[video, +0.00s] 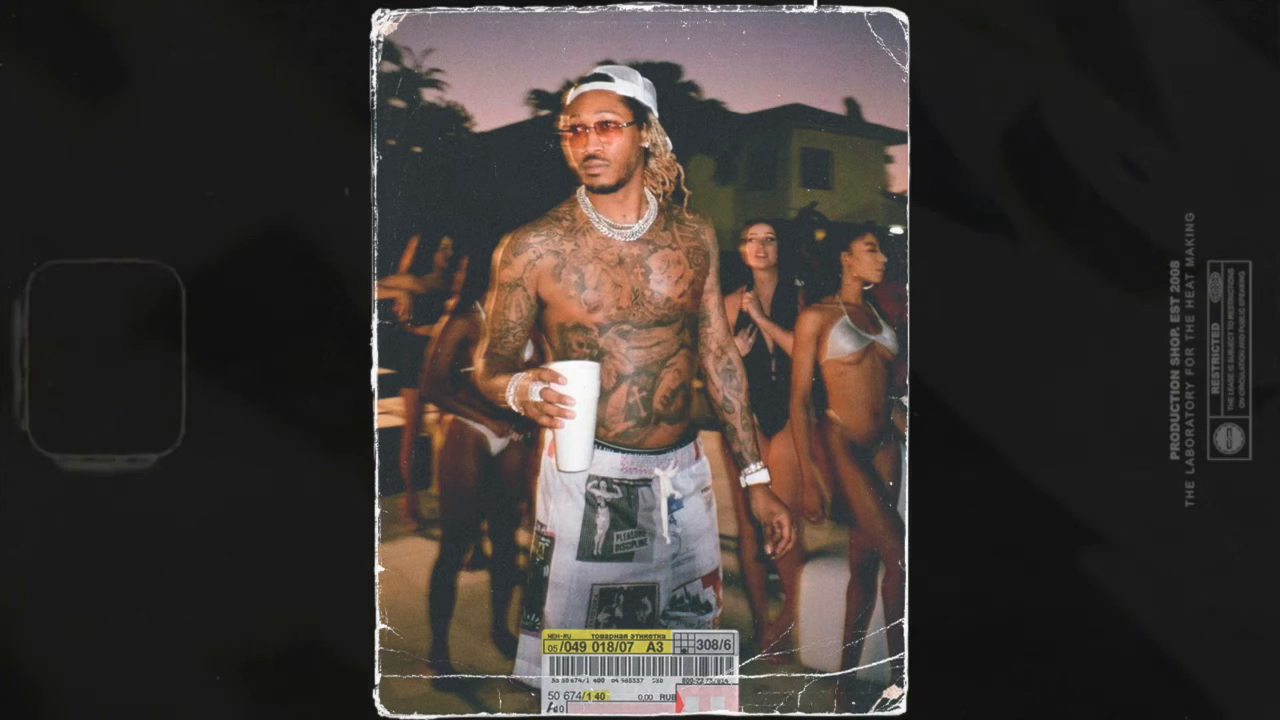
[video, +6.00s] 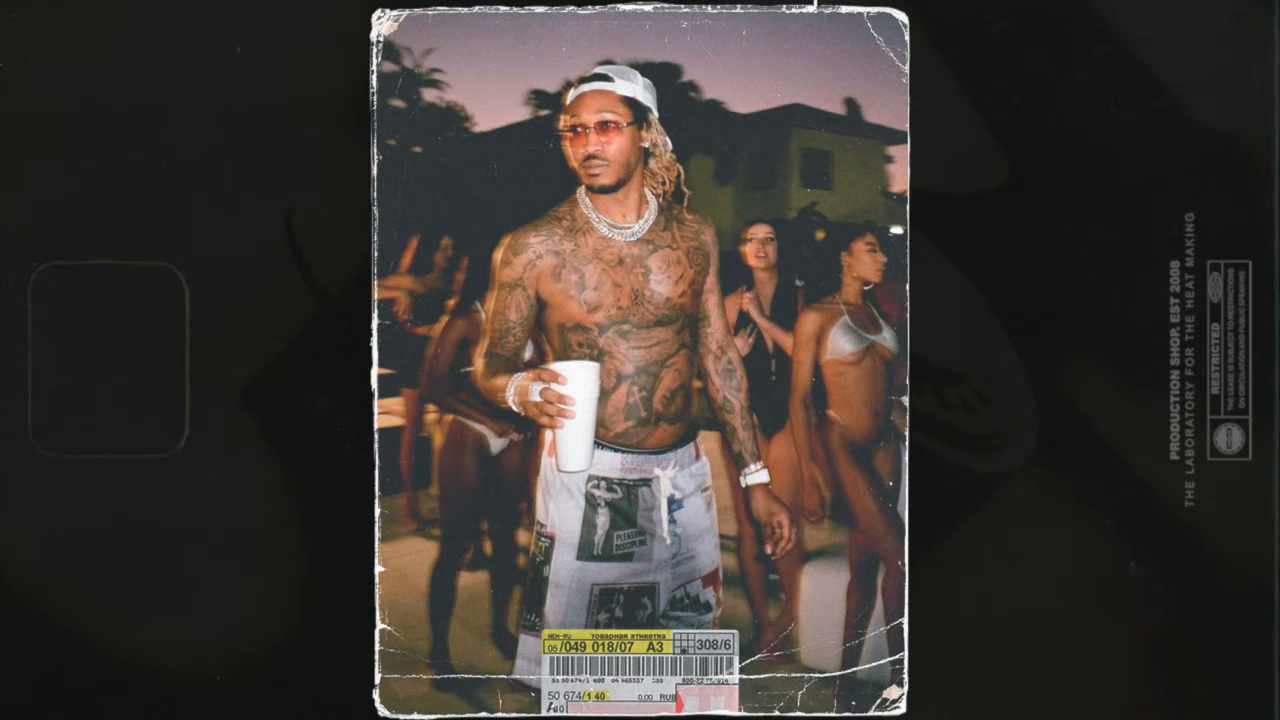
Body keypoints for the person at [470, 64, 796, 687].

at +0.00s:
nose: (590, 143)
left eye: (608, 126)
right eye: (576, 130)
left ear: (646, 139)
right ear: (565, 144)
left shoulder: (694, 237)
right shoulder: (532, 248)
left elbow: (720, 359)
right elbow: (492, 365)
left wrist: (756, 481)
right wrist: (516, 389)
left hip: (681, 477)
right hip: (583, 482)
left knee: (688, 663)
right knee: (574, 668)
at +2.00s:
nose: (590, 143)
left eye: (608, 126)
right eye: (576, 130)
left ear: (646, 138)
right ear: (565, 144)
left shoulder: (693, 235)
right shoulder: (532, 248)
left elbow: (720, 359)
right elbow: (491, 365)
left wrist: (756, 482)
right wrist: (516, 389)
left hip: (681, 477)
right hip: (582, 481)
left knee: (689, 664)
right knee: (574, 669)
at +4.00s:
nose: (589, 143)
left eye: (608, 126)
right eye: (576, 130)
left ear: (646, 138)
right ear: (565, 144)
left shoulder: (693, 235)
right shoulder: (532, 248)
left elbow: (720, 359)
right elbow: (491, 366)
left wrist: (756, 482)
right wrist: (516, 389)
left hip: (681, 477)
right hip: (583, 482)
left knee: (690, 664)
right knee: (574, 669)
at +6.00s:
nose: (590, 143)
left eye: (608, 126)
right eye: (576, 130)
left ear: (646, 138)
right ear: (565, 143)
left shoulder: (693, 236)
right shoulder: (532, 248)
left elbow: (720, 358)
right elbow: (490, 366)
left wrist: (756, 481)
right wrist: (516, 389)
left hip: (681, 477)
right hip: (582, 482)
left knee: (690, 663)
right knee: (574, 666)